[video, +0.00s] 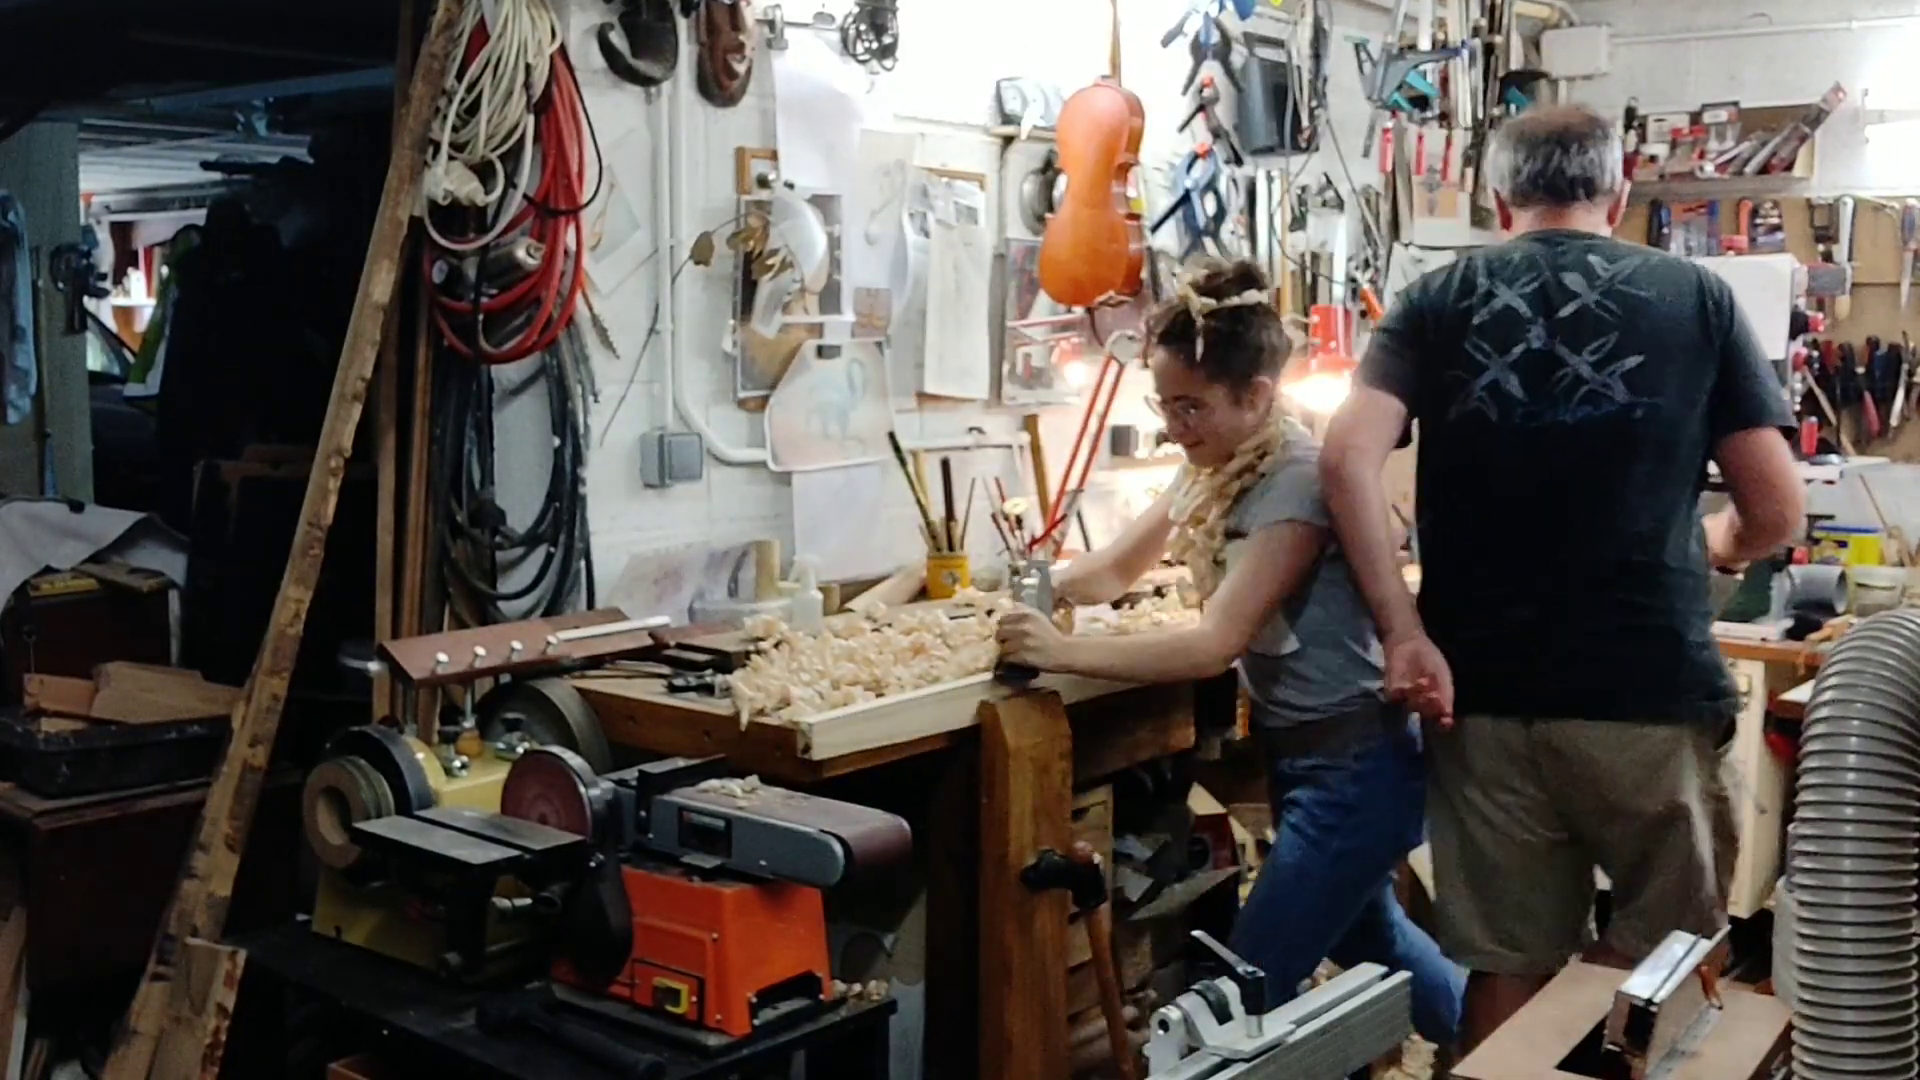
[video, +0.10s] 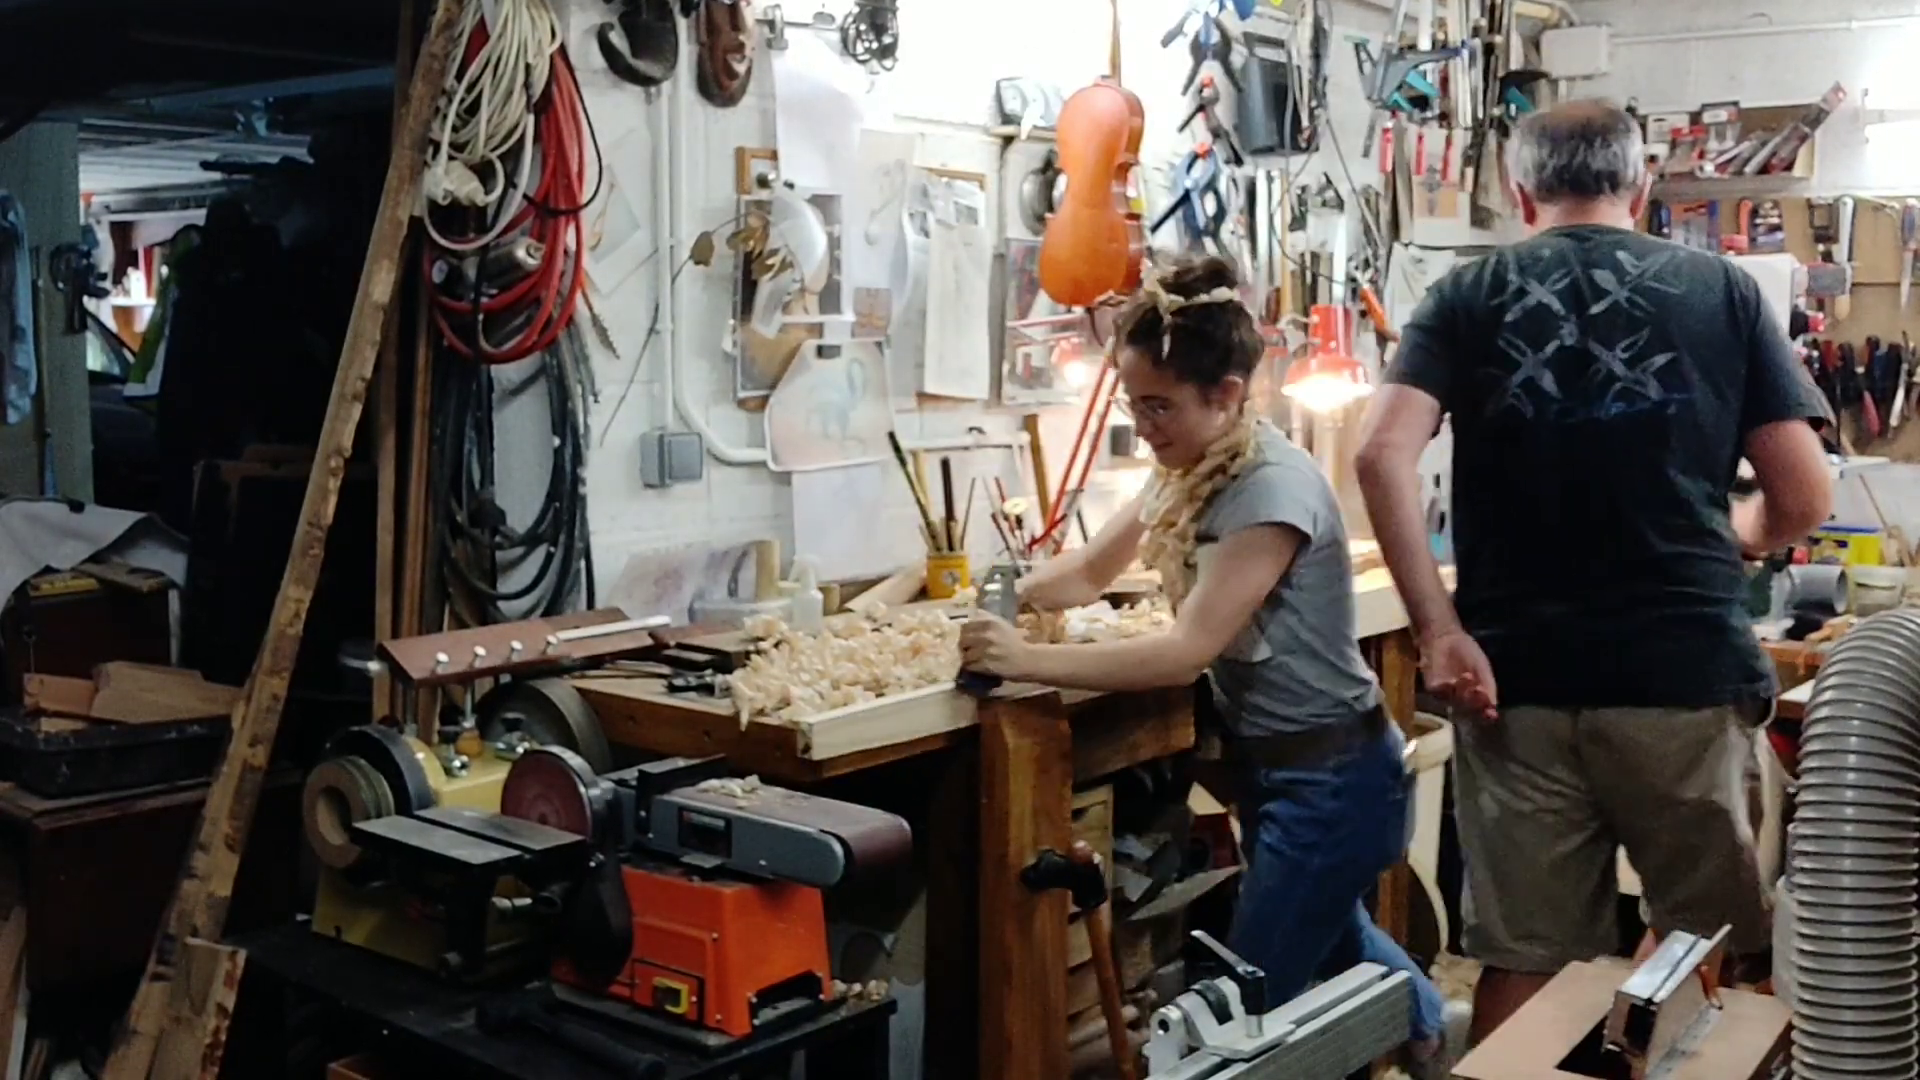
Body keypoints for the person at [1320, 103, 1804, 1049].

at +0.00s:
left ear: (1500, 203)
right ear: (1619, 196)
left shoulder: (1442, 295)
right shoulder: (1693, 296)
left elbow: (1347, 456)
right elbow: (1775, 514)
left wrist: (1399, 629)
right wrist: (1712, 543)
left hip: (1484, 687)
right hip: (1648, 689)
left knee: (1509, 969)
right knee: (1668, 962)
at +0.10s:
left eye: (1515, 190)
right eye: (1645, 186)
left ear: (1522, 193)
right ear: (1642, 189)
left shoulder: (1471, 292)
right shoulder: (1720, 289)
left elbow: (1382, 455)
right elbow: (1803, 498)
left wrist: (1435, 623)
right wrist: (1734, 533)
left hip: (1517, 678)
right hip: (1680, 677)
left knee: (1521, 968)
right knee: (1715, 959)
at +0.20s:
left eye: (1550, 194)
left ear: (1557, 199)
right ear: (1671, 192)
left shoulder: (1505, 298)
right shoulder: (1758, 296)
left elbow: (1421, 469)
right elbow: (1835, 503)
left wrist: (1458, 639)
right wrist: (1767, 533)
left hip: (1543, 676)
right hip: (1709, 677)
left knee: (1543, 968)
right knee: (1719, 964)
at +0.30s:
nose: (1585, 217)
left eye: (1585, 202)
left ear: (1597, 205)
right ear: (1712, 198)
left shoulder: (1553, 307)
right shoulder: (1800, 308)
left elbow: (1467, 488)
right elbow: (1870, 517)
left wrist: (1480, 644)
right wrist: (1792, 539)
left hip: (1577, 680)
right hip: (1738, 689)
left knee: (1572, 950)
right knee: (1727, 965)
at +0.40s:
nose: (1619, 220)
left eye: (1620, 201)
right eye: (1620, 202)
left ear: (1638, 196)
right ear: (1746, 198)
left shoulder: (1590, 298)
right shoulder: (1834, 308)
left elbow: (1511, 488)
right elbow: (1893, 513)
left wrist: (1503, 621)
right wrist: (1818, 524)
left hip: (1607, 664)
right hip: (1765, 673)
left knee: (1601, 912)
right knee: (1735, 931)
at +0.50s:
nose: (1639, 211)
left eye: (1639, 192)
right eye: (1637, 194)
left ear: (1663, 188)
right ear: (1764, 184)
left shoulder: (1621, 291)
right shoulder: (1857, 302)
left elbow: (1540, 477)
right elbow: (1900, 504)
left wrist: (1527, 581)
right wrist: (1807, 502)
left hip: (1627, 641)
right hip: (1780, 646)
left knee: (1622, 890)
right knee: (1747, 908)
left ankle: (1628, 1075)